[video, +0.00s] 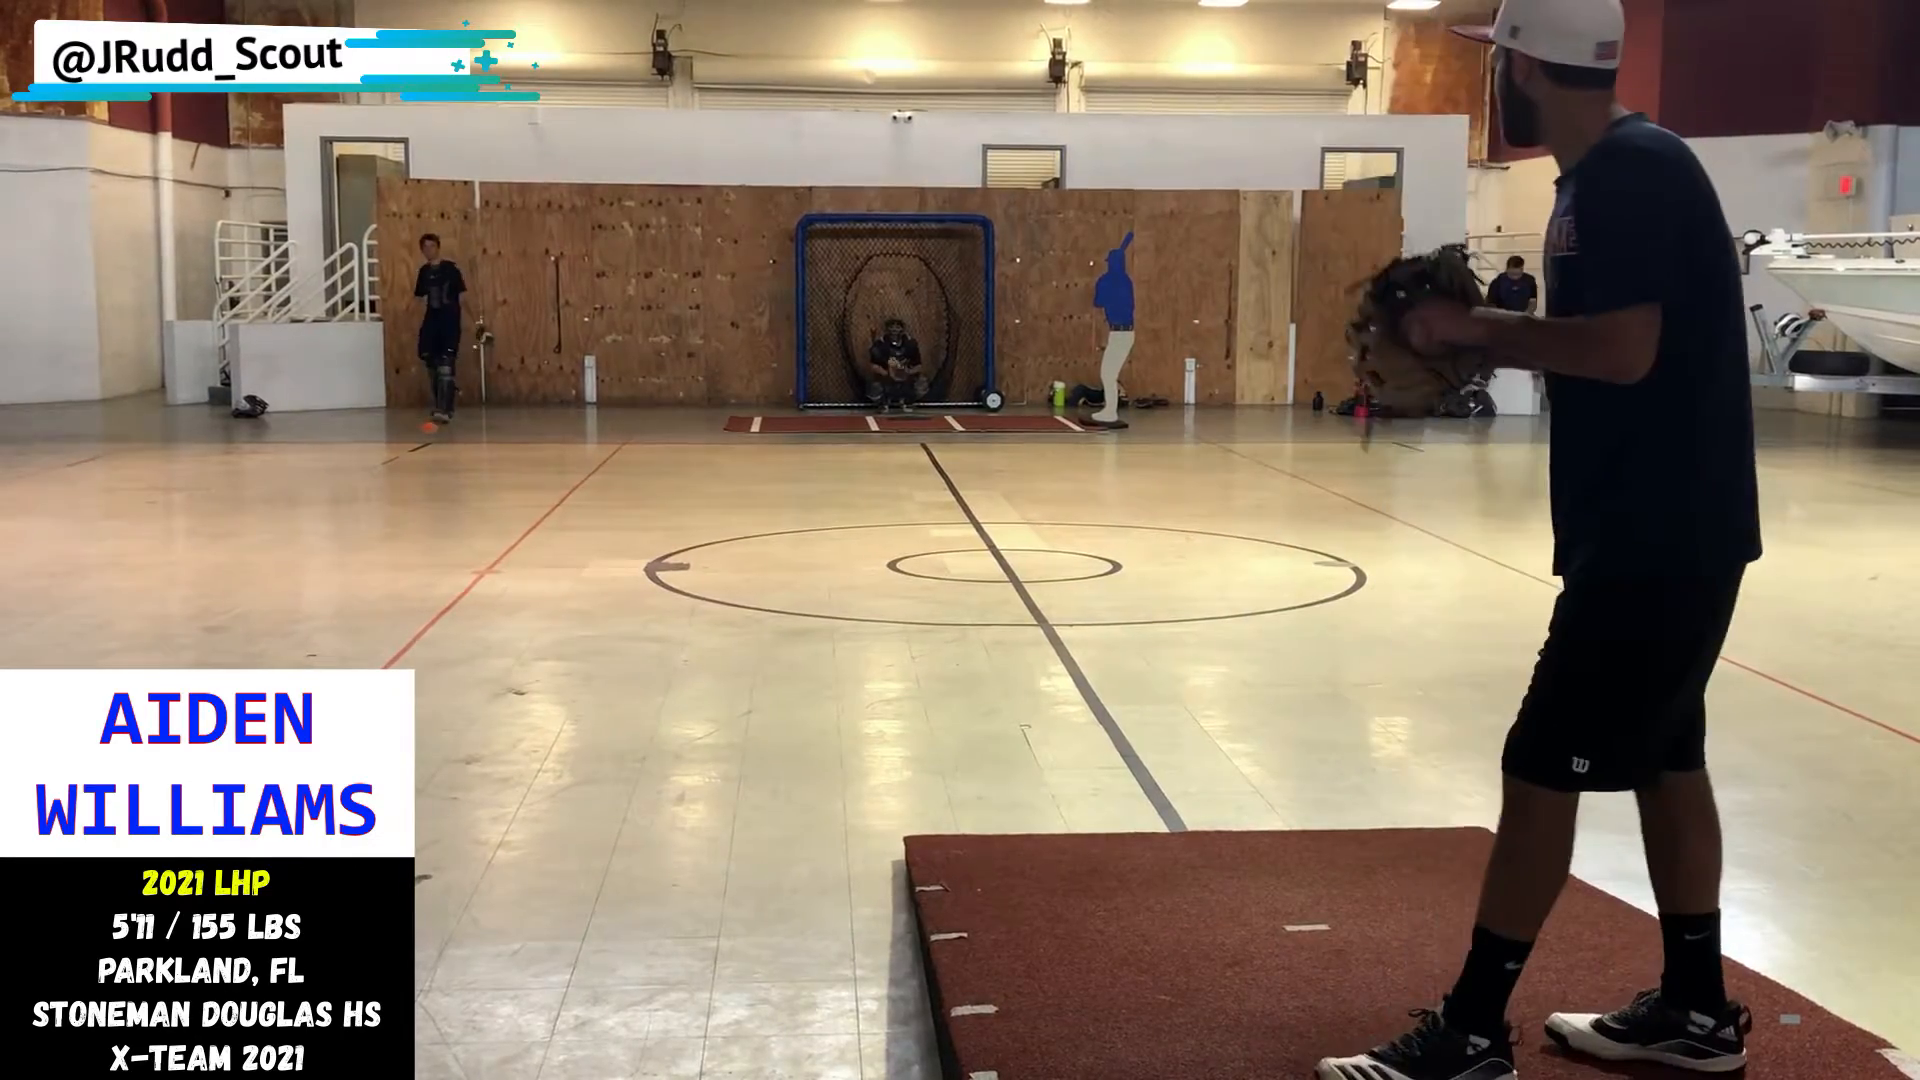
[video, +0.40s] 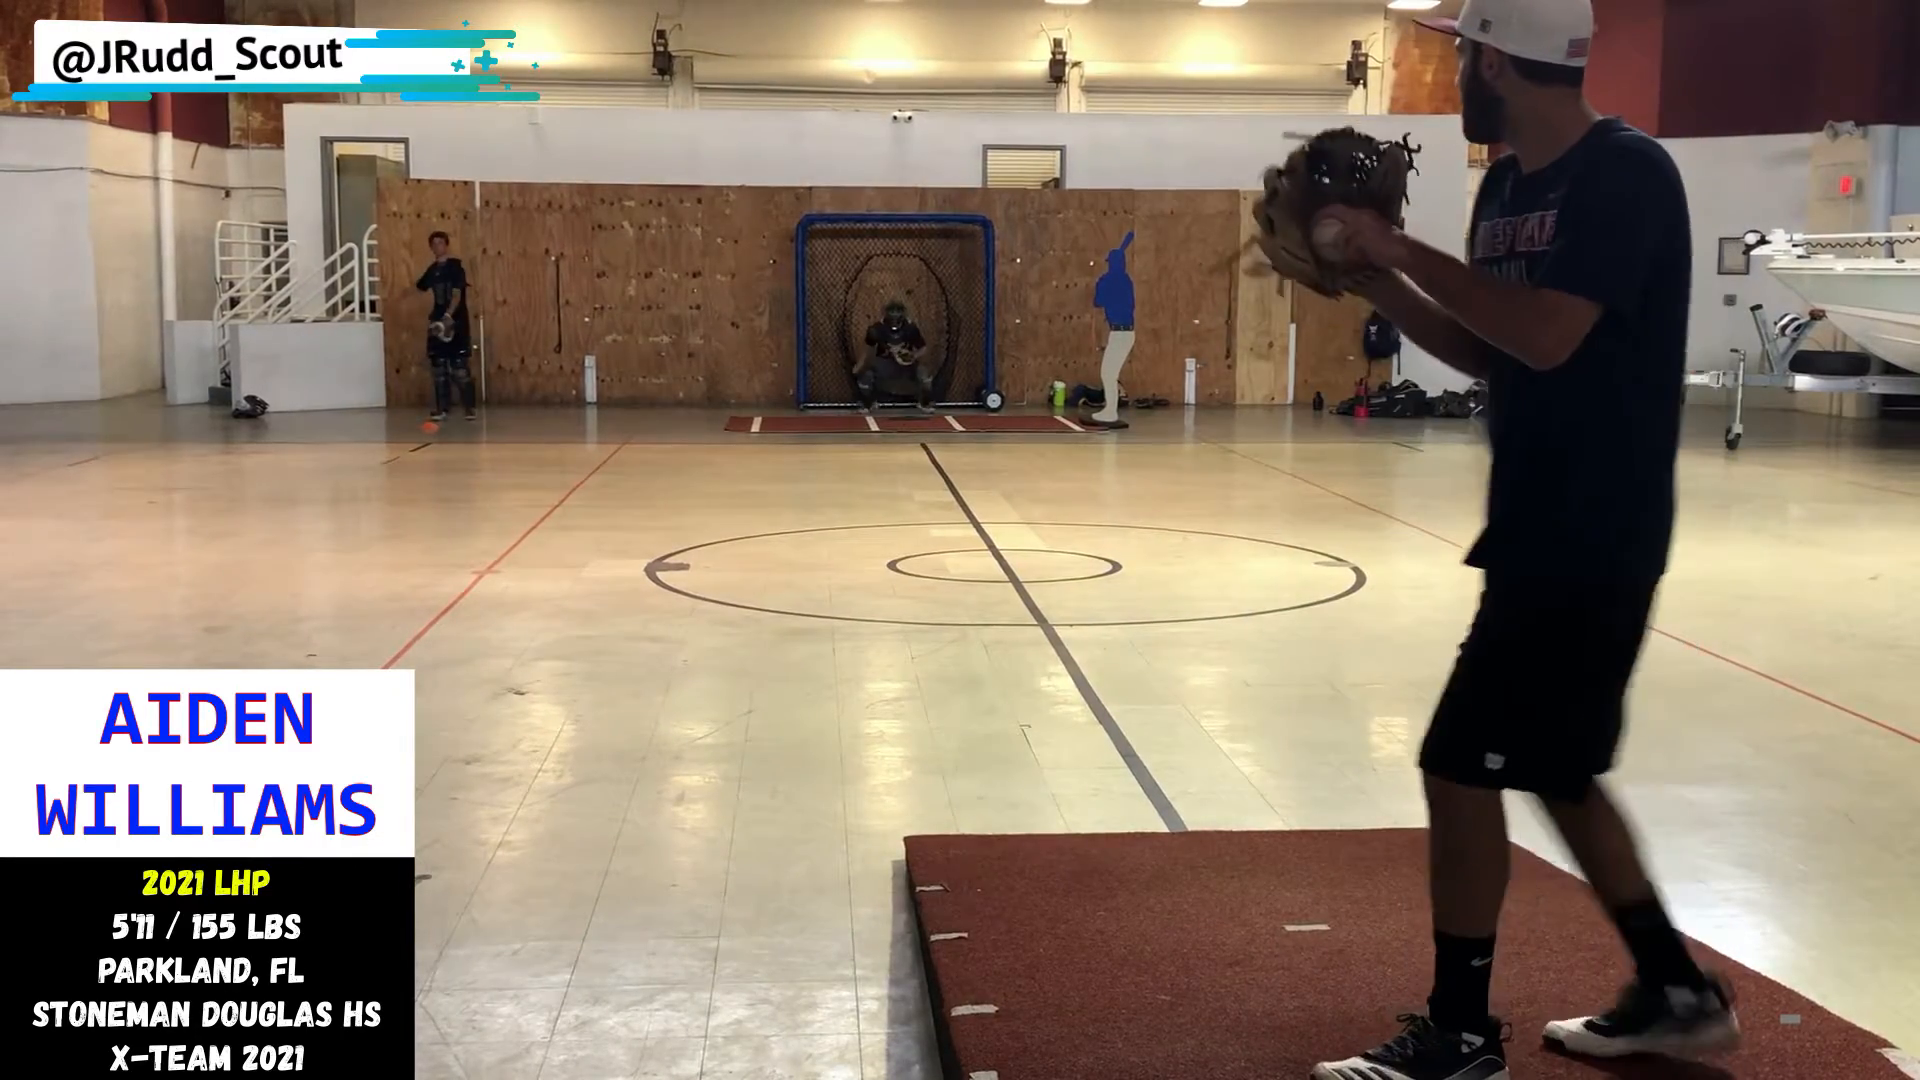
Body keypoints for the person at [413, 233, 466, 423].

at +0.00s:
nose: (428, 250)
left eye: (431, 246)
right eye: (425, 247)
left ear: (438, 247)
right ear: (422, 250)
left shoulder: (451, 268)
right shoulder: (424, 271)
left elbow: (461, 296)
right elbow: (419, 298)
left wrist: (474, 318)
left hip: (449, 320)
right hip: (432, 320)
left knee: (446, 361)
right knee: (429, 357)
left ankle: (445, 408)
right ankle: (439, 403)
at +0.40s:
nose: (438, 247)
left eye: (440, 243)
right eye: (435, 244)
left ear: (447, 245)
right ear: (431, 248)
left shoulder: (455, 266)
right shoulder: (433, 269)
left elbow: (457, 295)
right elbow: (420, 287)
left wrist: (448, 316)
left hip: (457, 320)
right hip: (438, 319)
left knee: (459, 364)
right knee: (439, 364)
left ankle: (469, 406)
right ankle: (442, 407)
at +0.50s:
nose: (442, 247)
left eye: (445, 243)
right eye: (439, 244)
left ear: (451, 245)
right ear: (435, 248)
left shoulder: (458, 266)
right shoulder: (435, 270)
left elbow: (459, 297)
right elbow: (422, 280)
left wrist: (446, 316)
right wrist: (439, 265)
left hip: (459, 319)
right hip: (440, 318)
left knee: (464, 363)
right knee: (439, 363)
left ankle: (472, 406)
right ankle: (442, 407)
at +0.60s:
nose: (447, 247)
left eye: (450, 244)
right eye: (443, 245)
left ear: (456, 246)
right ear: (440, 248)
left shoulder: (463, 267)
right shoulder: (438, 269)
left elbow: (466, 297)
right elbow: (417, 272)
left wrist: (457, 315)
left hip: (463, 318)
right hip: (443, 317)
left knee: (468, 362)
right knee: (441, 362)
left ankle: (474, 406)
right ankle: (442, 407)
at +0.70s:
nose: (452, 249)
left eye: (455, 245)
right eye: (449, 246)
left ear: (461, 248)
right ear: (444, 249)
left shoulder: (467, 269)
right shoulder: (442, 268)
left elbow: (474, 294)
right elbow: (427, 261)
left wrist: (477, 317)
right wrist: (410, 246)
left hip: (466, 320)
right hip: (447, 320)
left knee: (471, 363)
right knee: (443, 360)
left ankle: (475, 406)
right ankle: (442, 406)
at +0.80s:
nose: (456, 250)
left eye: (459, 247)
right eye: (453, 247)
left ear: (464, 249)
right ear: (449, 250)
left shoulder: (471, 270)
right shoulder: (445, 268)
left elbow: (480, 299)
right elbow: (434, 258)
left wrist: (483, 324)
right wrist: (425, 240)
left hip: (469, 321)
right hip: (449, 320)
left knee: (473, 363)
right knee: (444, 360)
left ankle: (475, 406)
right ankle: (442, 406)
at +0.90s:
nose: (461, 250)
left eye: (464, 246)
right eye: (457, 246)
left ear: (468, 249)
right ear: (452, 249)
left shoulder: (475, 270)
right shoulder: (447, 267)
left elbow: (489, 292)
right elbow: (435, 254)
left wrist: (512, 317)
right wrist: (427, 233)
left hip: (471, 320)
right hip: (451, 319)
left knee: (474, 362)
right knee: (444, 359)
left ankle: (475, 406)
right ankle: (443, 404)